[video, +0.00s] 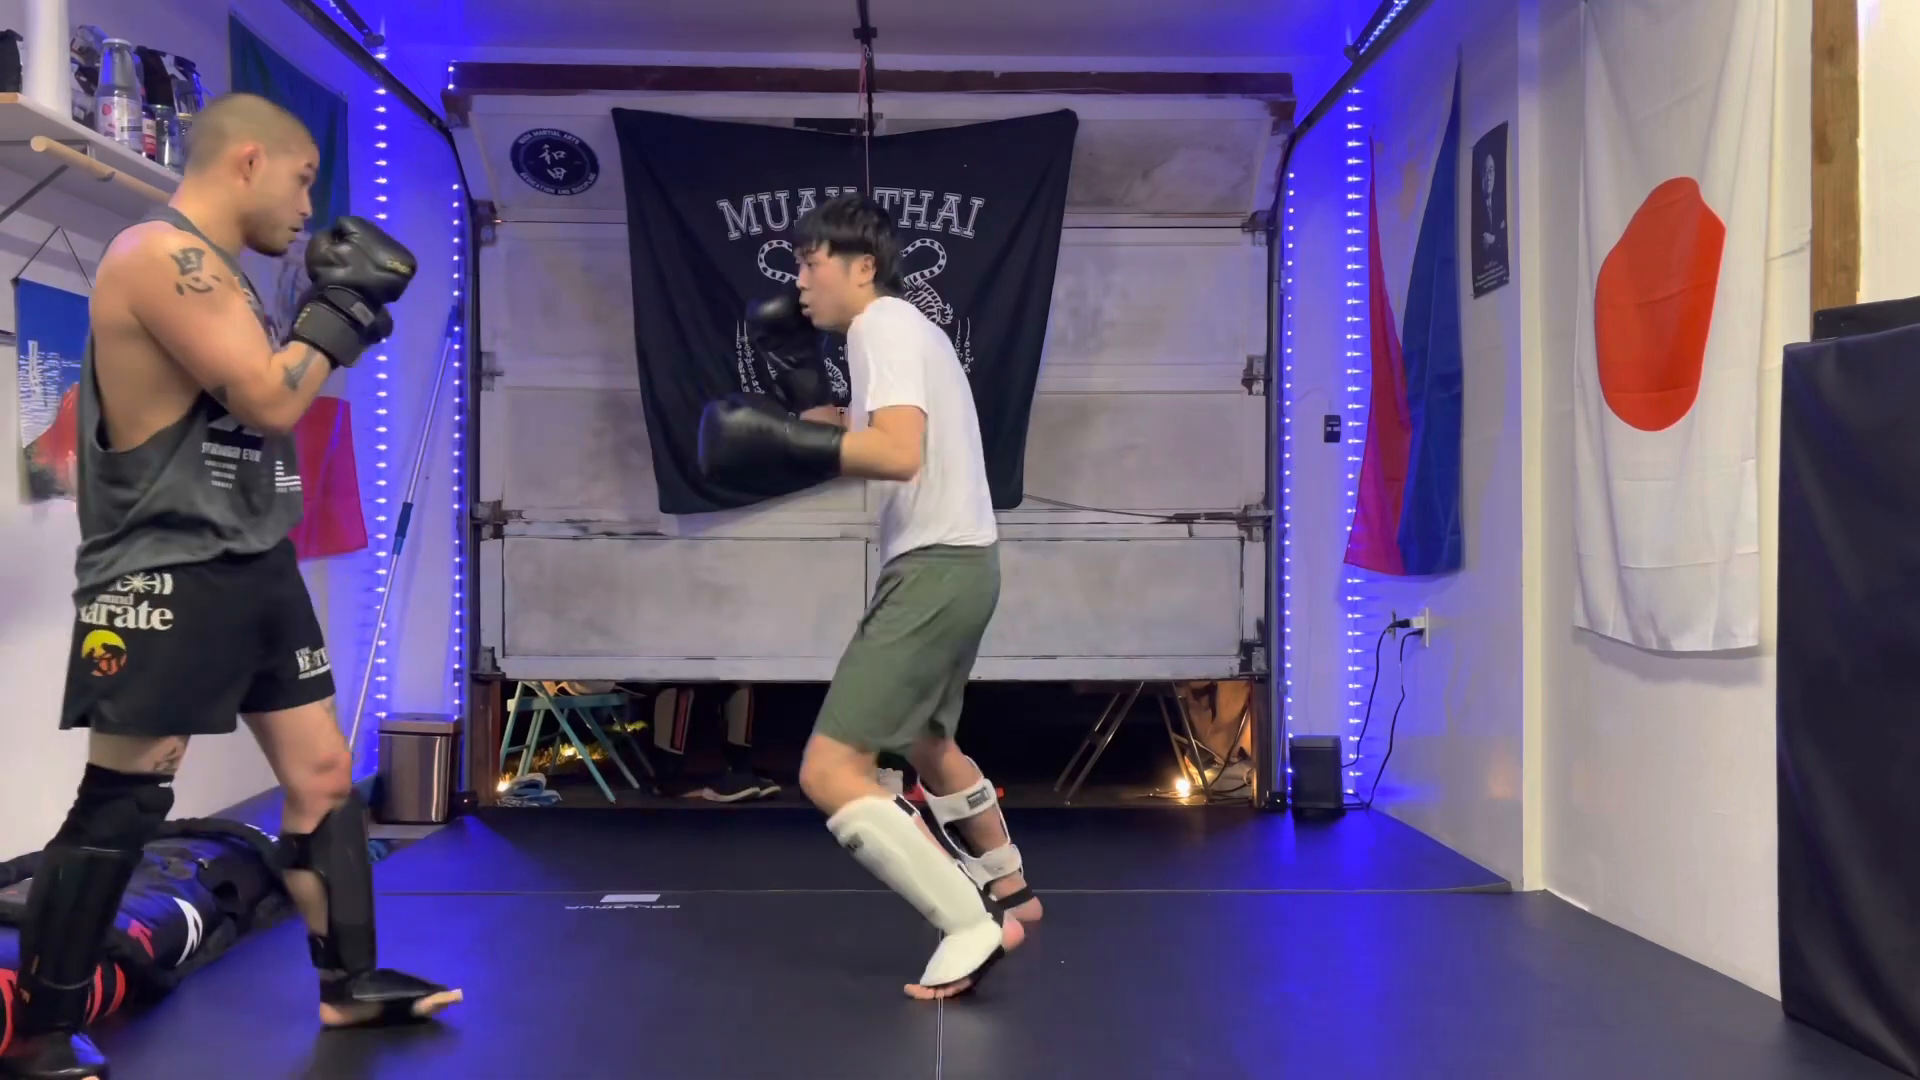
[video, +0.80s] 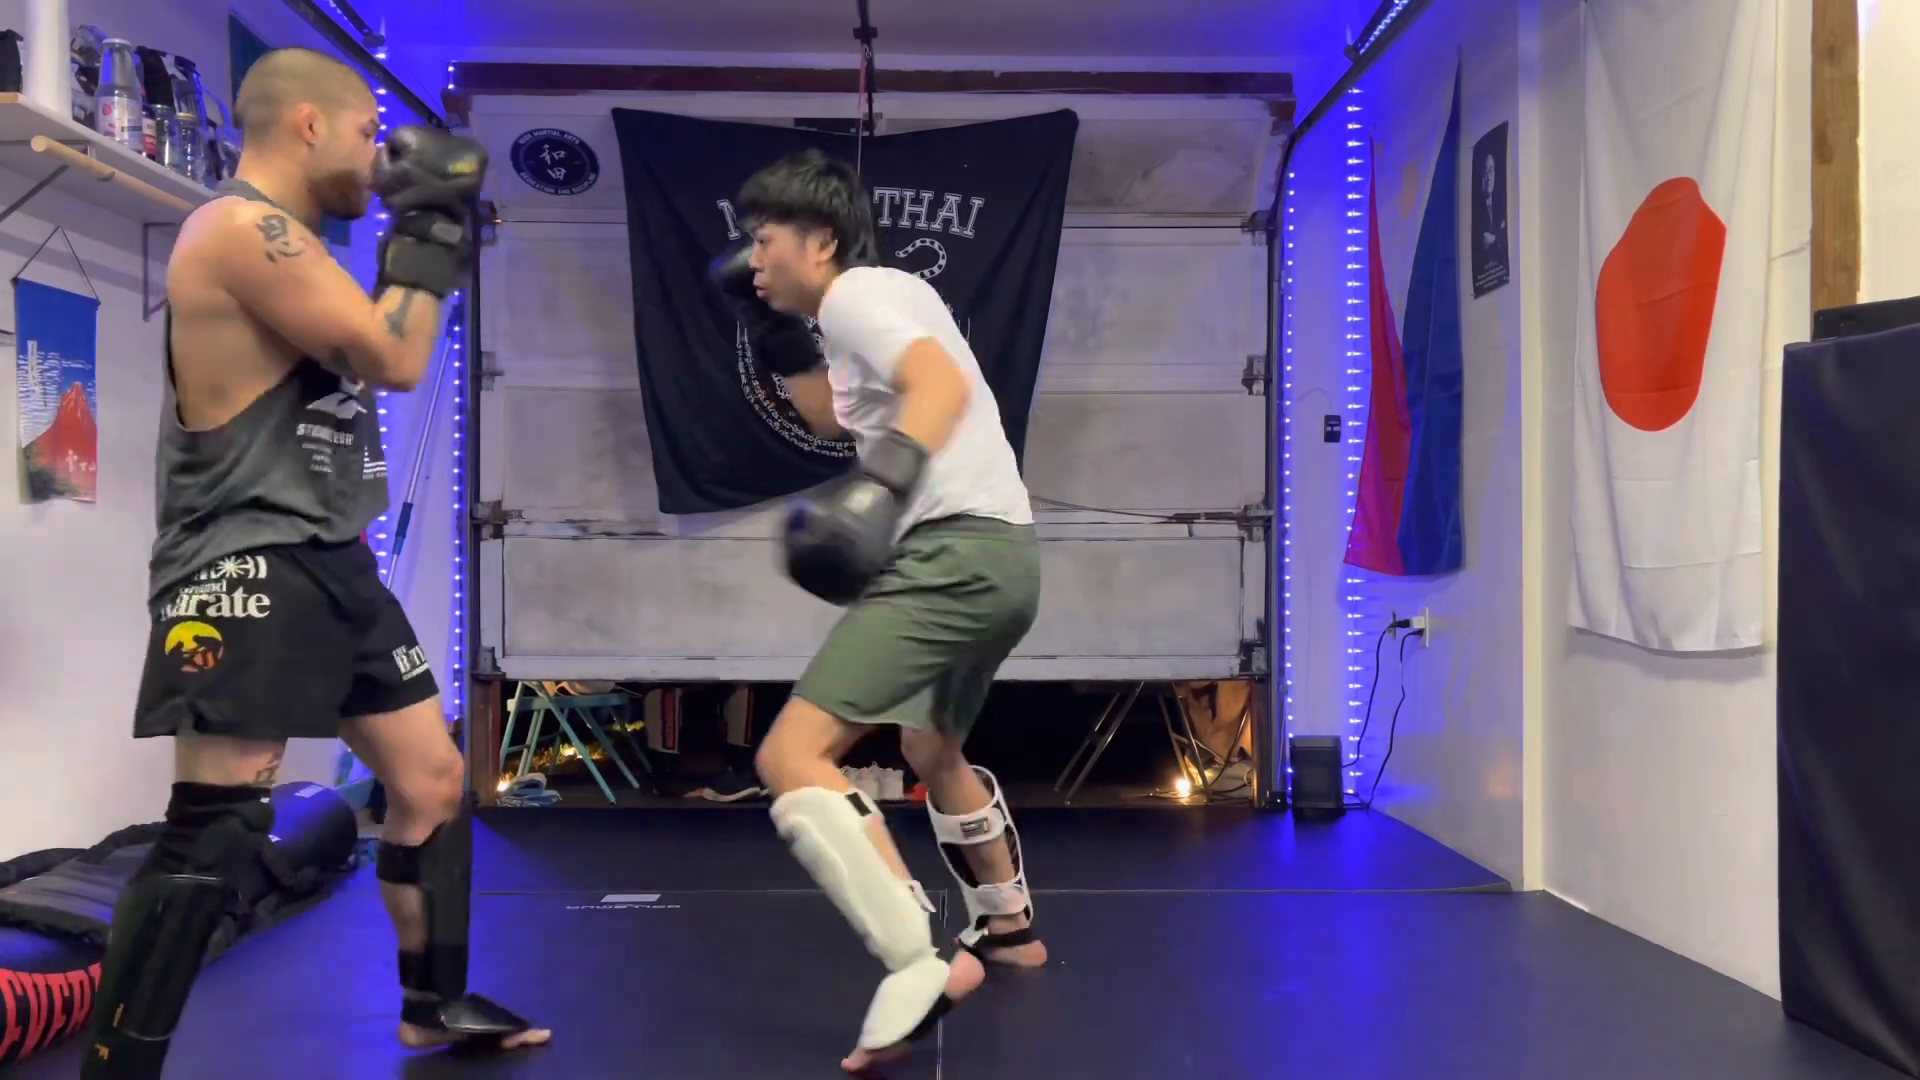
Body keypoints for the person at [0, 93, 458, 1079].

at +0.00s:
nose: (308, 203)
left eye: (312, 186)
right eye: (303, 180)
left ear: (240, 167)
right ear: (243, 163)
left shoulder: (218, 272)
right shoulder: (162, 256)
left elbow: (268, 404)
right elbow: (269, 403)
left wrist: (335, 312)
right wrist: (341, 310)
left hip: (255, 567)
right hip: (164, 573)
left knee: (321, 773)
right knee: (124, 794)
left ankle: (351, 981)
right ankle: (44, 1031)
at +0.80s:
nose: (378, 153)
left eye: (377, 134)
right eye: (367, 132)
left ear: (299, 131)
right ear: (308, 127)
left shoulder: (292, 243)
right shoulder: (242, 229)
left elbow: (383, 354)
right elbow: (397, 357)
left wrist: (431, 234)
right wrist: (430, 221)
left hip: (329, 560)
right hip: (245, 561)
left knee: (431, 776)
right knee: (214, 832)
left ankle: (435, 1002)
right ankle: (118, 1059)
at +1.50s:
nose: (400, 147)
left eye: (399, 125)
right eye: (380, 121)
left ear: (326, 129)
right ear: (305, 123)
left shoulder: (371, 263)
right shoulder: (225, 239)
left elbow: (472, 391)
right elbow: (344, 376)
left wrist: (541, 298)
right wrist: (435, 259)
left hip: (391, 571)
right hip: (272, 571)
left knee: (508, 804)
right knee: (229, 847)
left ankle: (536, 1038)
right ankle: (124, 1061)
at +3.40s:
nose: (1013, 137)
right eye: (1012, 121)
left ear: (894, 125)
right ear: (1003, 116)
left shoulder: (845, 226)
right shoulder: (1024, 233)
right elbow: (1101, 333)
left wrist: (1079, 256)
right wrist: (1141, 250)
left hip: (858, 587)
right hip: (968, 587)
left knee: (915, 798)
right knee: (1020, 850)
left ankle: (832, 1029)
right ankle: (953, 1065)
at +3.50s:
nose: (1038, 127)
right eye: (1039, 116)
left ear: (929, 113)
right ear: (1036, 123)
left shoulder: (867, 211)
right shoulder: (1051, 234)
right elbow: (1094, 338)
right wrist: (1128, 225)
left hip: (878, 588)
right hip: (992, 591)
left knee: (913, 795)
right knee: (1013, 838)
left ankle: (834, 1025)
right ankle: (952, 1064)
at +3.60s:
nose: (1087, 159)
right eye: (1087, 145)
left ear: (984, 123)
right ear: (1081, 152)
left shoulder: (909, 202)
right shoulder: (1084, 270)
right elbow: (1058, 407)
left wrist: (1083, 256)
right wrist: (1125, 280)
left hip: (892, 574)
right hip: (1004, 585)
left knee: (937, 772)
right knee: (1019, 840)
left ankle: (851, 997)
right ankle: (957, 1065)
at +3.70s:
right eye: (1107, 197)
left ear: (1016, 145)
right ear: (1107, 197)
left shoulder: (931, 215)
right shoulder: (1092, 297)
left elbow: (995, 352)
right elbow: (1076, 411)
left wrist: (1121, 299)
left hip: (875, 581)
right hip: (982, 591)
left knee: (938, 773)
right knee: (1016, 865)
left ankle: (866, 983)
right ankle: (953, 1065)